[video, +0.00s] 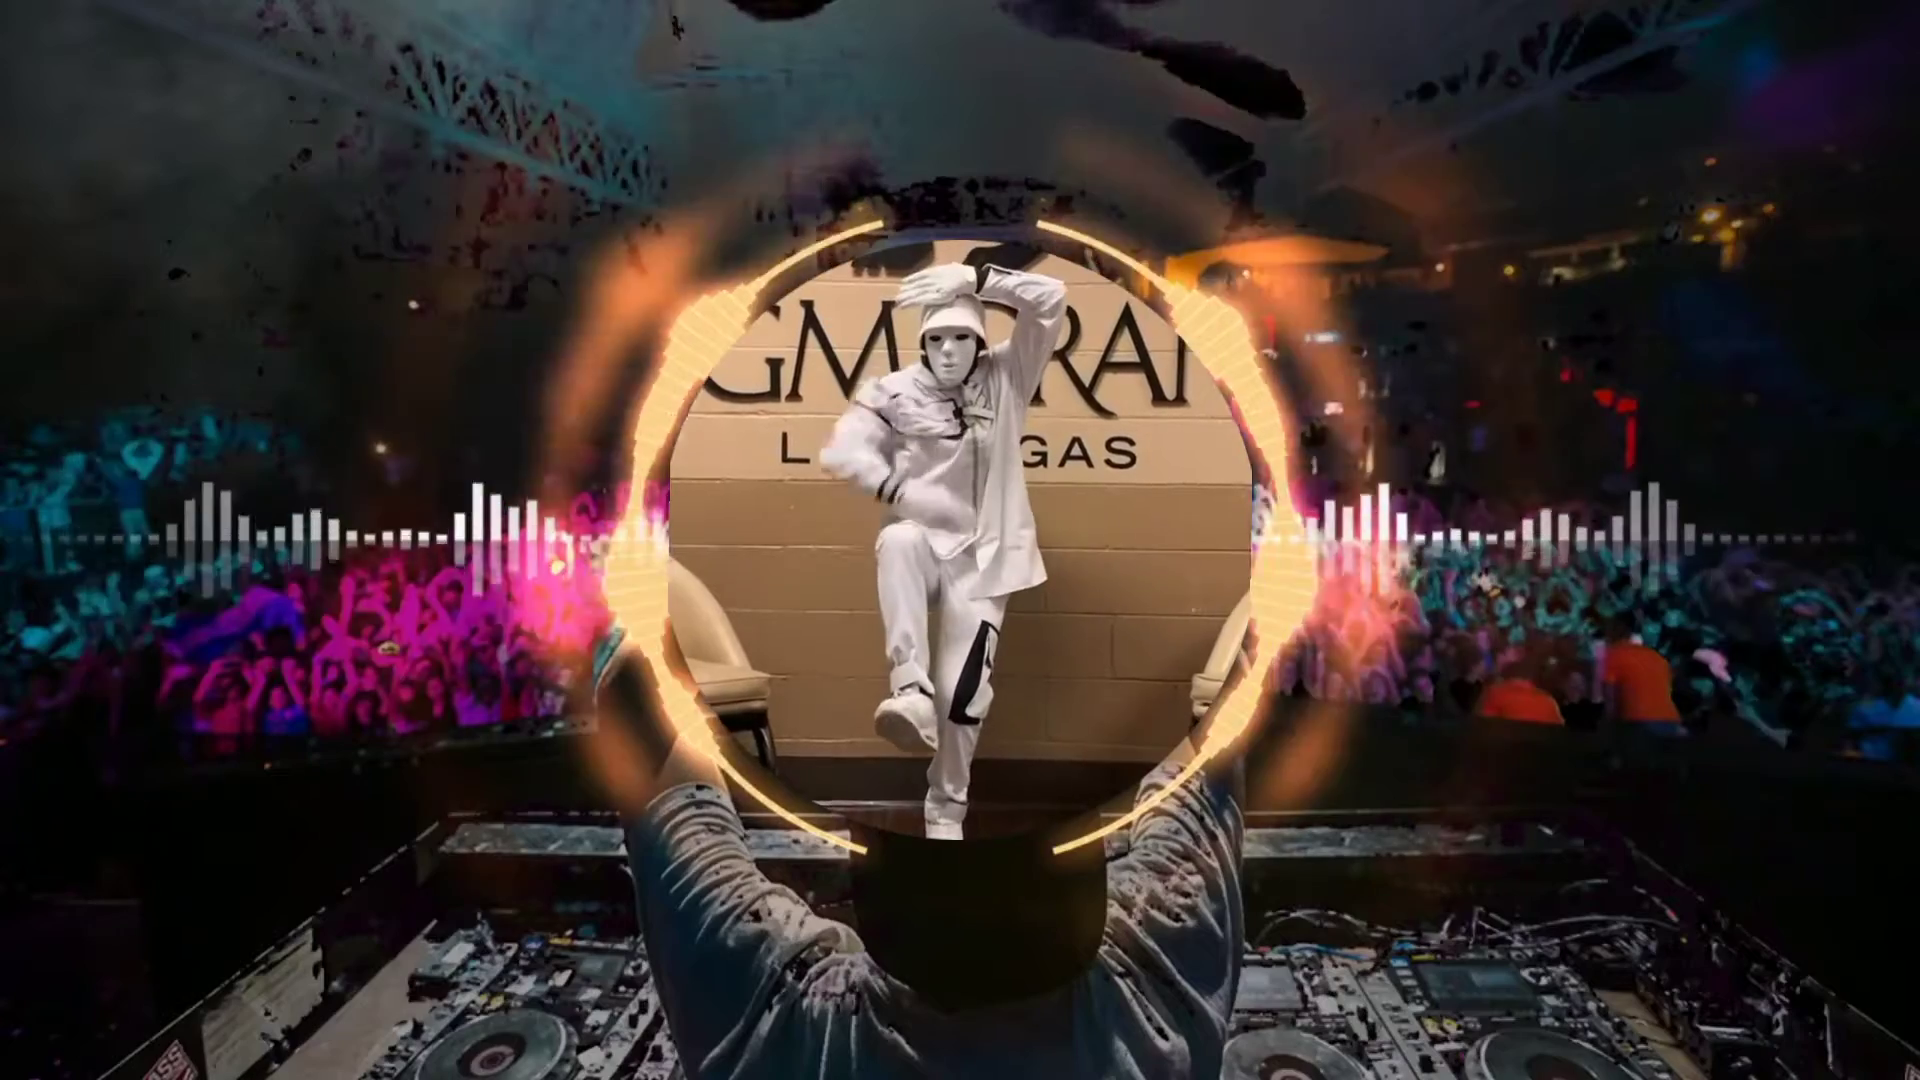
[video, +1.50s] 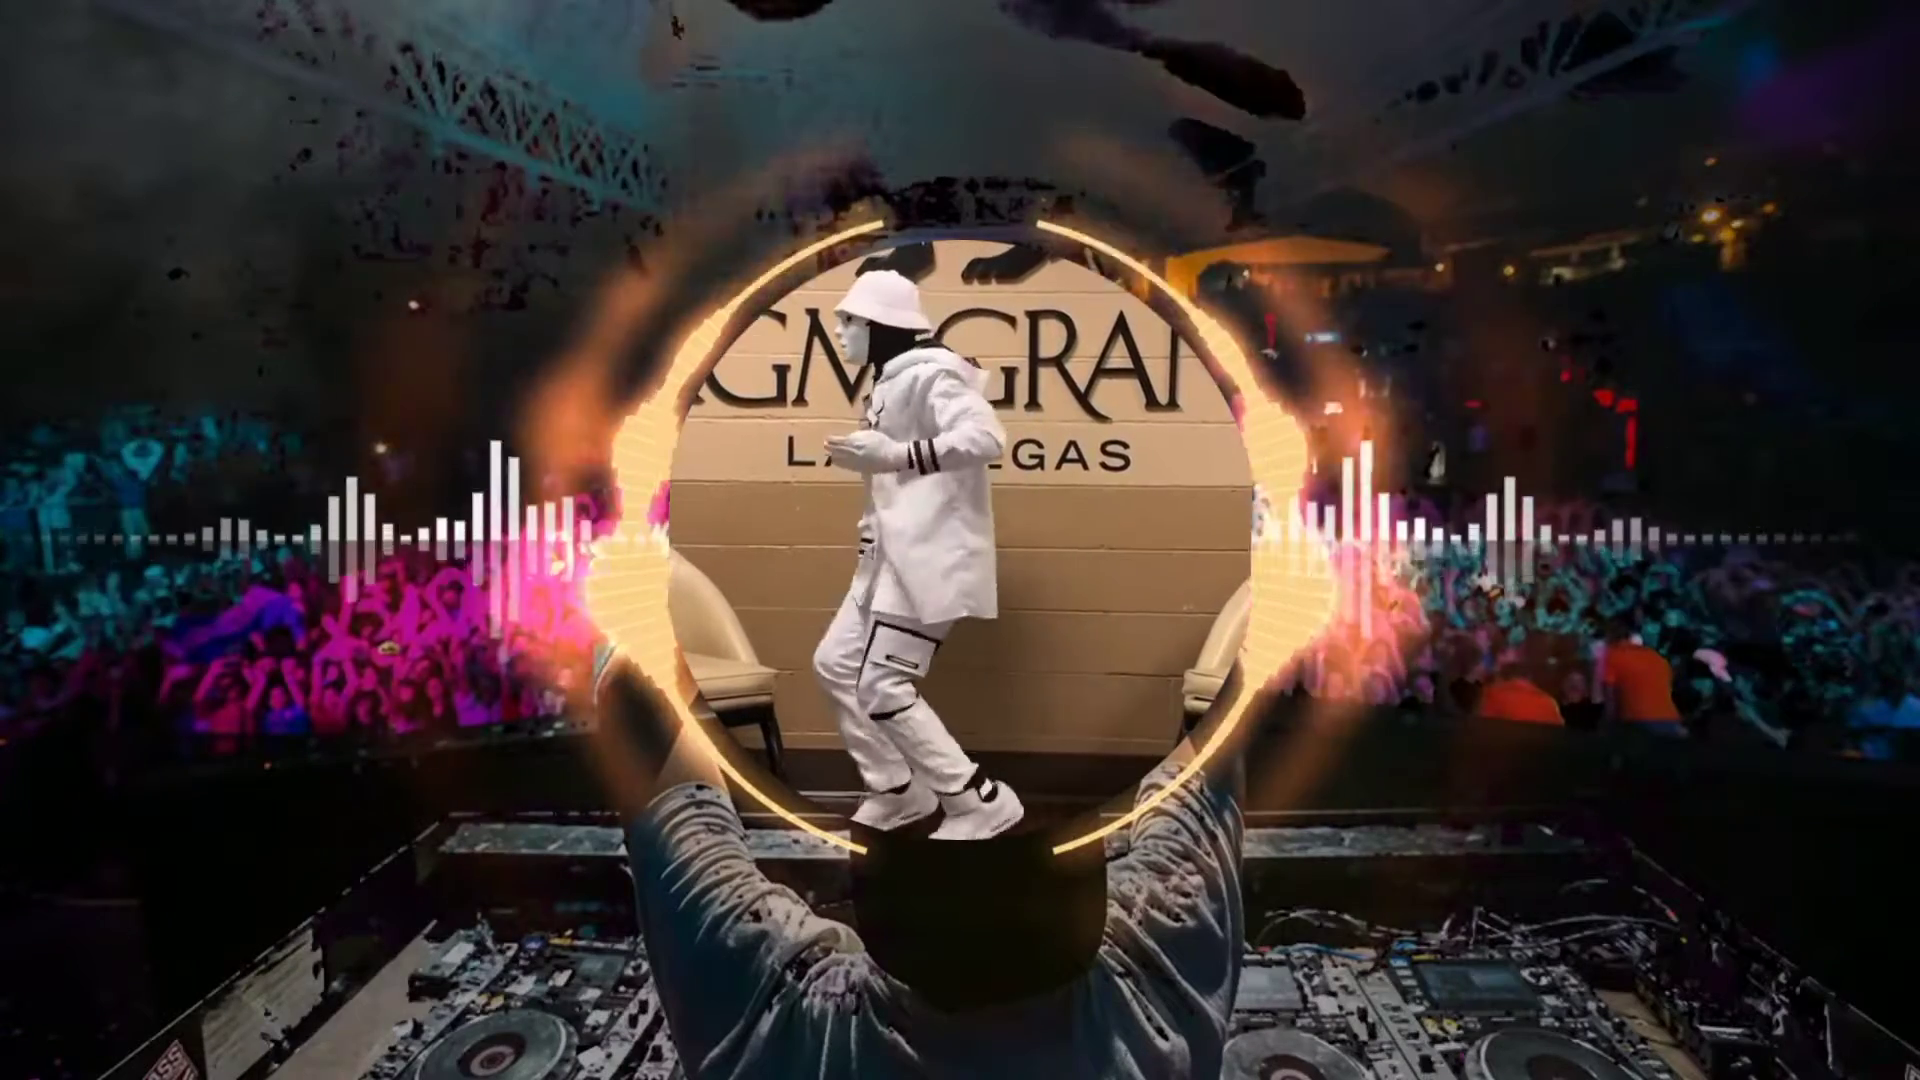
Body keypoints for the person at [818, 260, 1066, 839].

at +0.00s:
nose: (949, 351)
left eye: (961, 339)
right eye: (938, 340)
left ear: (978, 343)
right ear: (924, 345)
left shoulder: (1005, 379)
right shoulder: (893, 393)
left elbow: (1051, 301)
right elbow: (843, 451)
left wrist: (973, 277)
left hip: (987, 555)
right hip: (925, 550)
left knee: (964, 700)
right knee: (897, 538)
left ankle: (945, 820)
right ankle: (913, 695)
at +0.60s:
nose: (968, 353)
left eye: (979, 343)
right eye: (957, 341)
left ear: (994, 350)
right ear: (936, 344)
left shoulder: (1002, 405)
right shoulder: (886, 414)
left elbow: (1041, 367)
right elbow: (866, 502)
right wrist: (863, 572)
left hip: (980, 564)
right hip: (907, 544)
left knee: (966, 705)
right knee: (945, 567)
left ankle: (946, 816)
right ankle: (936, 718)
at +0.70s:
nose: (960, 349)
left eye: (972, 338)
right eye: (950, 337)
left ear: (988, 346)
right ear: (933, 342)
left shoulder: (1003, 395)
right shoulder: (886, 413)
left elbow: (1037, 430)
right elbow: (865, 506)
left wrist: (972, 449)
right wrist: (863, 581)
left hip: (983, 561)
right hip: (907, 546)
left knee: (963, 694)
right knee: (942, 567)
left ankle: (945, 814)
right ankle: (933, 716)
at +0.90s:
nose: (957, 350)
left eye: (969, 339)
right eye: (947, 337)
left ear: (984, 346)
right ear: (930, 342)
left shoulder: (1006, 411)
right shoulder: (887, 412)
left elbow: (1009, 499)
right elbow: (864, 504)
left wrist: (961, 482)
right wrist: (867, 580)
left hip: (978, 551)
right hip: (909, 543)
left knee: (963, 679)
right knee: (926, 597)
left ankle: (945, 809)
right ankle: (918, 744)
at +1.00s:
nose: (960, 350)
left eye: (972, 340)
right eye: (951, 338)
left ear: (987, 349)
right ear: (934, 345)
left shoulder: (1006, 419)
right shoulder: (887, 412)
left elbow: (992, 508)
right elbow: (862, 505)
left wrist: (949, 444)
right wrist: (850, 583)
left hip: (965, 580)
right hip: (895, 577)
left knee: (951, 697)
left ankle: (945, 815)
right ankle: (867, 802)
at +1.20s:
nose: (868, 343)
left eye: (879, 333)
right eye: (869, 332)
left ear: (915, 341)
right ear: (890, 339)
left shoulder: (966, 392)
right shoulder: (883, 398)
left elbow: (970, 487)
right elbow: (862, 482)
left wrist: (933, 409)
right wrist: (844, 552)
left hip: (936, 566)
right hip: (874, 562)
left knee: (914, 696)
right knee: (846, 685)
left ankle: (942, 814)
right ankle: (881, 799)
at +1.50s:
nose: (841, 332)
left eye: (850, 321)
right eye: (843, 320)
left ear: (881, 325)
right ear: (885, 326)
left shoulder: (932, 371)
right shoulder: (890, 382)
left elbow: (984, 437)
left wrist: (897, 455)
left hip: (931, 565)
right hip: (888, 562)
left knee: (884, 687)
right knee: (838, 665)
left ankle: (978, 800)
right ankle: (898, 791)